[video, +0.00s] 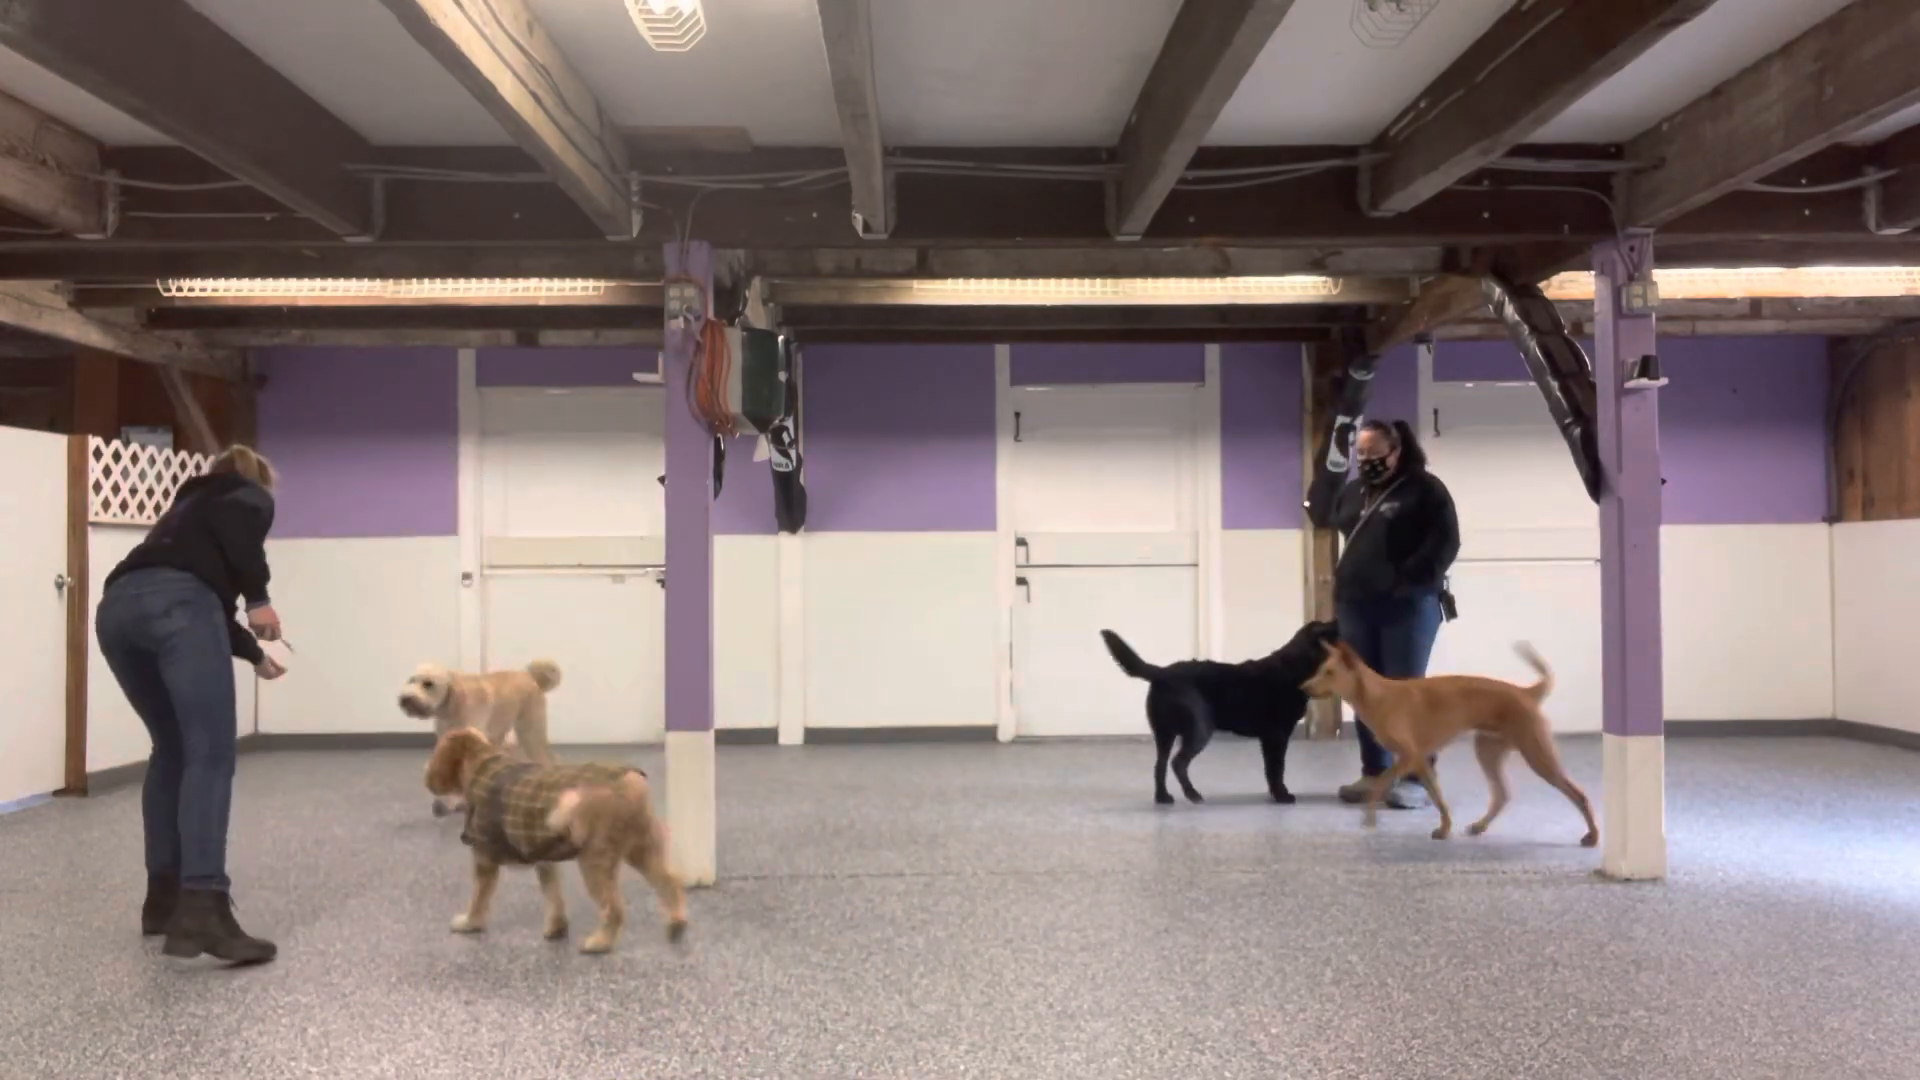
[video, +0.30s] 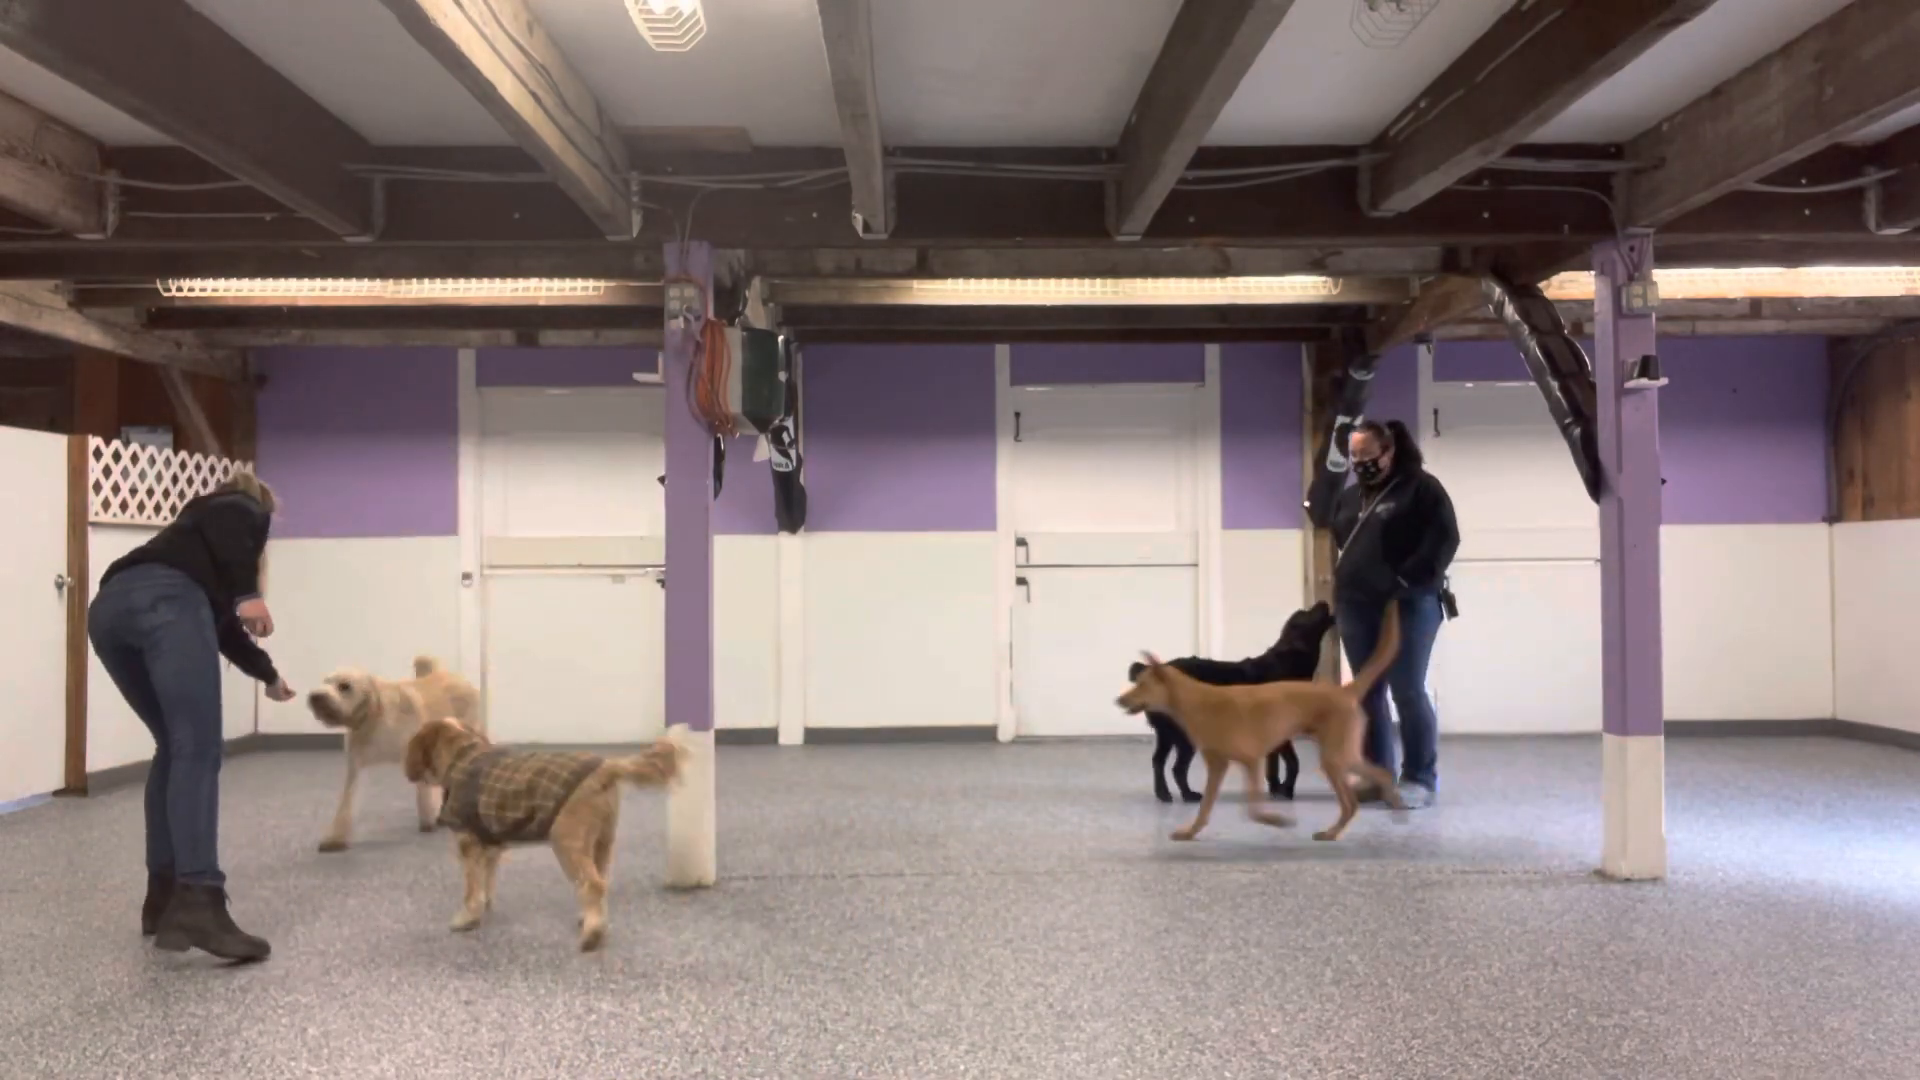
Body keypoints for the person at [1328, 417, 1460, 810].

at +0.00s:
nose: (1367, 463)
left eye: (1374, 454)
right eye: (1362, 456)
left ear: (1396, 449)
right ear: (1357, 456)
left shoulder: (1426, 488)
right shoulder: (1358, 491)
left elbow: (1447, 541)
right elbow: (1323, 511)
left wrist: (1412, 580)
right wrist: (1333, 465)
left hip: (1409, 602)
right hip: (1356, 601)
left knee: (1405, 691)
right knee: (1364, 692)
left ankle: (1414, 779)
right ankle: (1375, 775)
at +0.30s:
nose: (1361, 465)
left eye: (1367, 456)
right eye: (1354, 458)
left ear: (1389, 448)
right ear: (1350, 458)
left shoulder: (1421, 486)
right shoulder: (1352, 493)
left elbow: (1447, 537)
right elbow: (1319, 512)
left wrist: (1411, 580)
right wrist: (1331, 466)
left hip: (1410, 600)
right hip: (1357, 601)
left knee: (1408, 689)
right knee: (1369, 692)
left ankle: (1419, 780)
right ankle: (1378, 777)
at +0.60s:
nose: (1360, 461)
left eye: (1367, 452)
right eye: (1354, 454)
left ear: (1391, 447)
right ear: (1350, 456)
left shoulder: (1422, 487)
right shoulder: (1352, 492)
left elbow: (1450, 535)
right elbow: (1328, 521)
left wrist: (1410, 575)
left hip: (1407, 602)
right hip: (1356, 603)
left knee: (1409, 690)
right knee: (1368, 691)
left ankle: (1419, 781)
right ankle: (1377, 774)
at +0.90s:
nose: (1364, 448)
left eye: (1373, 441)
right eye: (1359, 442)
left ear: (1396, 445)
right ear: (1353, 449)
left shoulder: (1421, 485)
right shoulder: (1353, 489)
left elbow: (1450, 535)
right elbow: (1325, 516)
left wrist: (1412, 574)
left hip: (1406, 600)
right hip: (1356, 601)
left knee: (1410, 691)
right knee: (1368, 691)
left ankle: (1419, 781)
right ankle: (1378, 775)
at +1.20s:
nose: (1365, 449)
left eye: (1373, 443)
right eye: (1360, 443)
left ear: (1396, 447)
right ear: (1353, 449)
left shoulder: (1422, 486)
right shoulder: (1352, 490)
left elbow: (1452, 535)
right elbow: (1335, 529)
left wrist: (1415, 574)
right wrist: (1320, 507)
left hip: (1406, 601)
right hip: (1355, 602)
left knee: (1409, 691)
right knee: (1368, 691)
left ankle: (1420, 781)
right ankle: (1377, 775)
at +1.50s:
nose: (1365, 453)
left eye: (1373, 446)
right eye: (1359, 447)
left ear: (1395, 449)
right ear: (1352, 451)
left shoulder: (1421, 488)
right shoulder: (1350, 492)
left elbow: (1460, 532)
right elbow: (1335, 532)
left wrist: (1435, 565)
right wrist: (1320, 510)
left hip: (1405, 603)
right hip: (1352, 605)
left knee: (1406, 692)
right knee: (1365, 695)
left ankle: (1419, 781)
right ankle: (1378, 775)